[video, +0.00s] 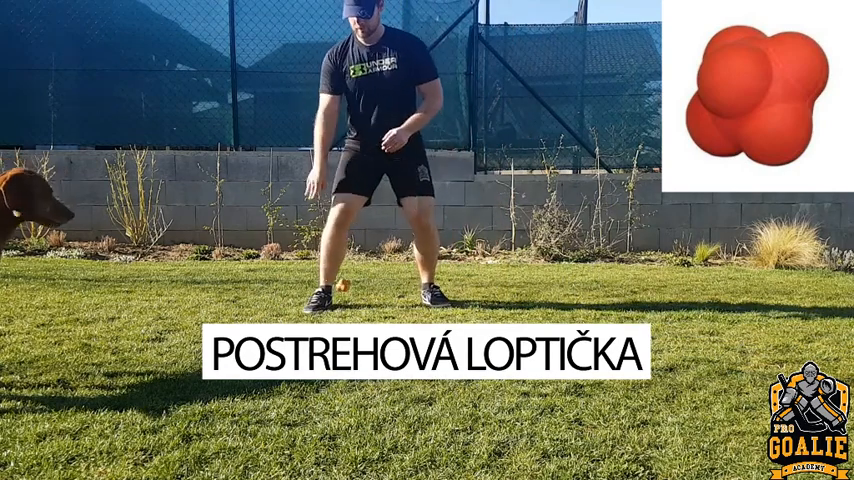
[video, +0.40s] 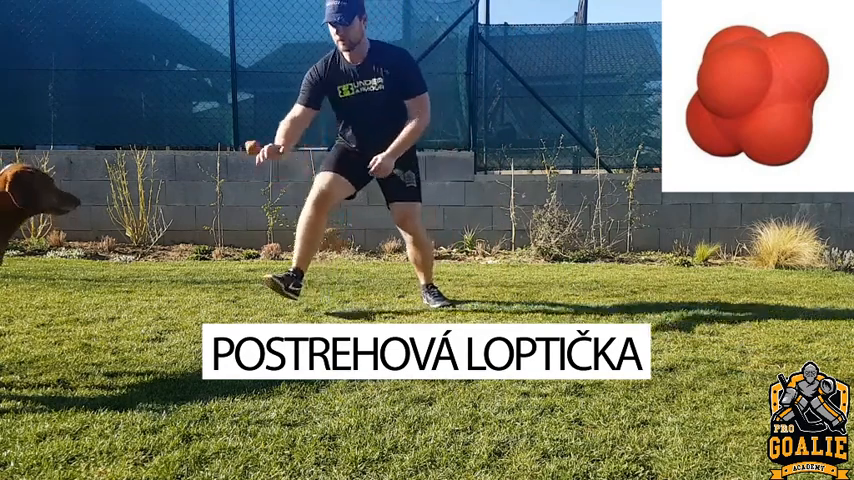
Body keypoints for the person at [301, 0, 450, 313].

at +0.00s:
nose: (359, 22)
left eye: (365, 14)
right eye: (353, 16)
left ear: (380, 9)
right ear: (346, 16)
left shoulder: (410, 46)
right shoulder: (336, 57)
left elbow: (434, 98)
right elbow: (327, 112)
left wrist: (406, 130)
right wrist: (319, 164)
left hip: (405, 143)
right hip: (361, 145)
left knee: (421, 214)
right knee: (340, 212)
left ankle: (429, 286)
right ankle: (324, 290)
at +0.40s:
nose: (338, 33)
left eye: (345, 24)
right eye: (332, 26)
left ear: (363, 21)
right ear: (327, 27)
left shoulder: (398, 60)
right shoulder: (323, 71)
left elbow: (420, 117)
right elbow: (297, 117)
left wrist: (391, 155)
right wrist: (280, 145)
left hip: (397, 148)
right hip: (351, 149)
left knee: (410, 226)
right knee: (319, 196)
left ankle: (428, 288)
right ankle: (295, 277)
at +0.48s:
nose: (315, 51)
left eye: (322, 41)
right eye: (309, 44)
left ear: (340, 39)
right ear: (304, 48)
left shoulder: (377, 72)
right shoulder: (305, 90)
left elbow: (407, 123)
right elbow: (270, 125)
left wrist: (380, 160)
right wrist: (249, 137)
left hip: (386, 152)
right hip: (341, 155)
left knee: (411, 227)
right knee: (305, 202)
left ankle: (428, 287)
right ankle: (265, 279)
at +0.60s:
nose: (289, 76)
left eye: (294, 67)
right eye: (282, 70)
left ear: (313, 62)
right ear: (276, 72)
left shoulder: (348, 87)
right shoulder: (282, 111)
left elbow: (392, 126)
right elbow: (250, 143)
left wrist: (377, 169)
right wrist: (214, 168)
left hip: (367, 164)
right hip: (320, 170)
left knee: (406, 234)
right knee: (287, 217)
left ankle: (428, 287)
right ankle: (252, 299)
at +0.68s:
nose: (261, 98)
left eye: (267, 87)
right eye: (254, 91)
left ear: (284, 81)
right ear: (247, 92)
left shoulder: (324, 101)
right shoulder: (254, 130)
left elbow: (369, 128)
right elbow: (225, 183)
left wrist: (372, 176)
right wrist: (206, 232)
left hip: (343, 177)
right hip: (294, 183)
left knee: (389, 240)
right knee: (259, 216)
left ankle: (424, 287)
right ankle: (247, 304)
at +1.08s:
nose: (238, 66)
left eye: (244, 56)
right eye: (231, 59)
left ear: (264, 48)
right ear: (224, 61)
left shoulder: (310, 79)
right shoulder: (229, 109)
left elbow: (354, 121)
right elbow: (221, 163)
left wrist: (327, 166)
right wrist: (211, 219)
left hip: (338, 158)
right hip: (289, 167)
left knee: (386, 235)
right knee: (255, 219)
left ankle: (427, 280)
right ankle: (247, 304)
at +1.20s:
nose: (269, 43)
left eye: (275, 33)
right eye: (261, 37)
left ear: (292, 28)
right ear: (254, 39)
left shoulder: (334, 64)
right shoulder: (252, 89)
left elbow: (373, 112)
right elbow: (243, 142)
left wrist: (346, 152)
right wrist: (234, 192)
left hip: (357, 152)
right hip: (307, 159)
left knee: (400, 233)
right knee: (273, 223)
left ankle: (439, 283)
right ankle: (249, 304)